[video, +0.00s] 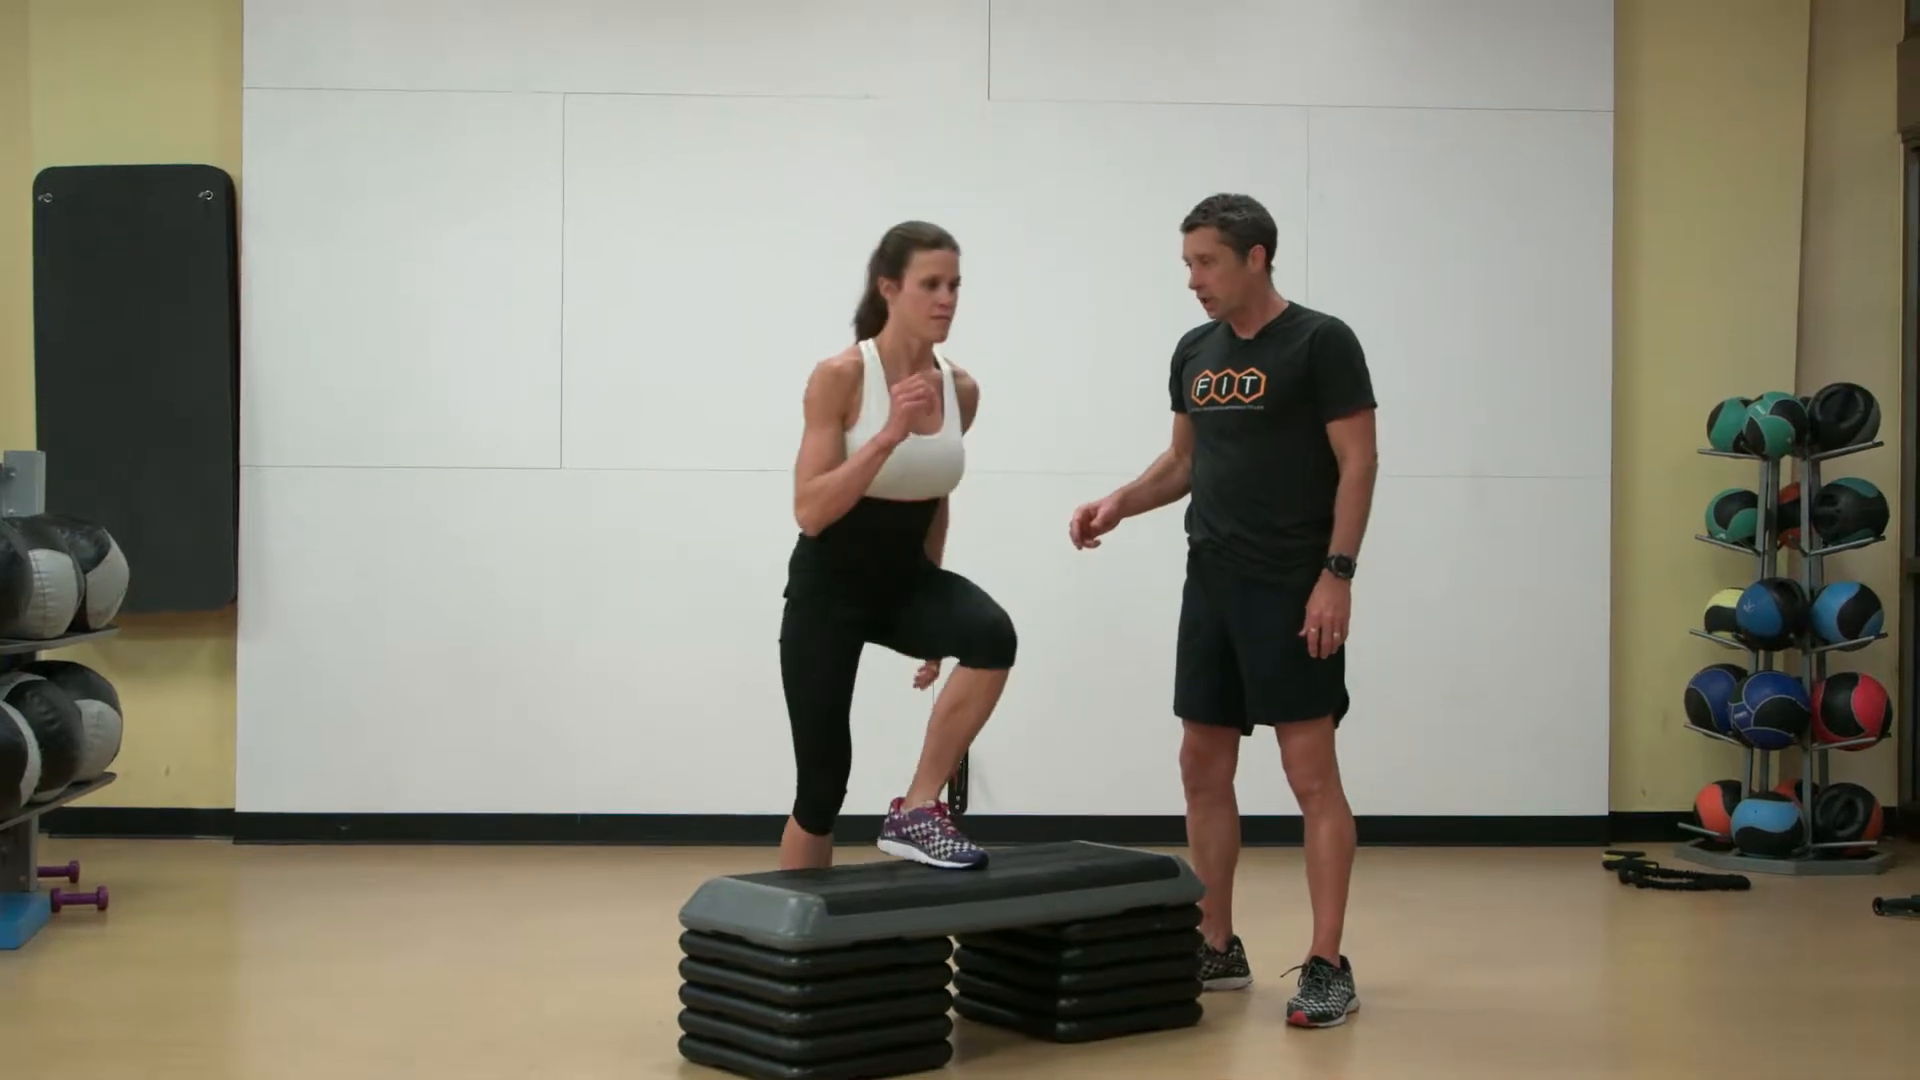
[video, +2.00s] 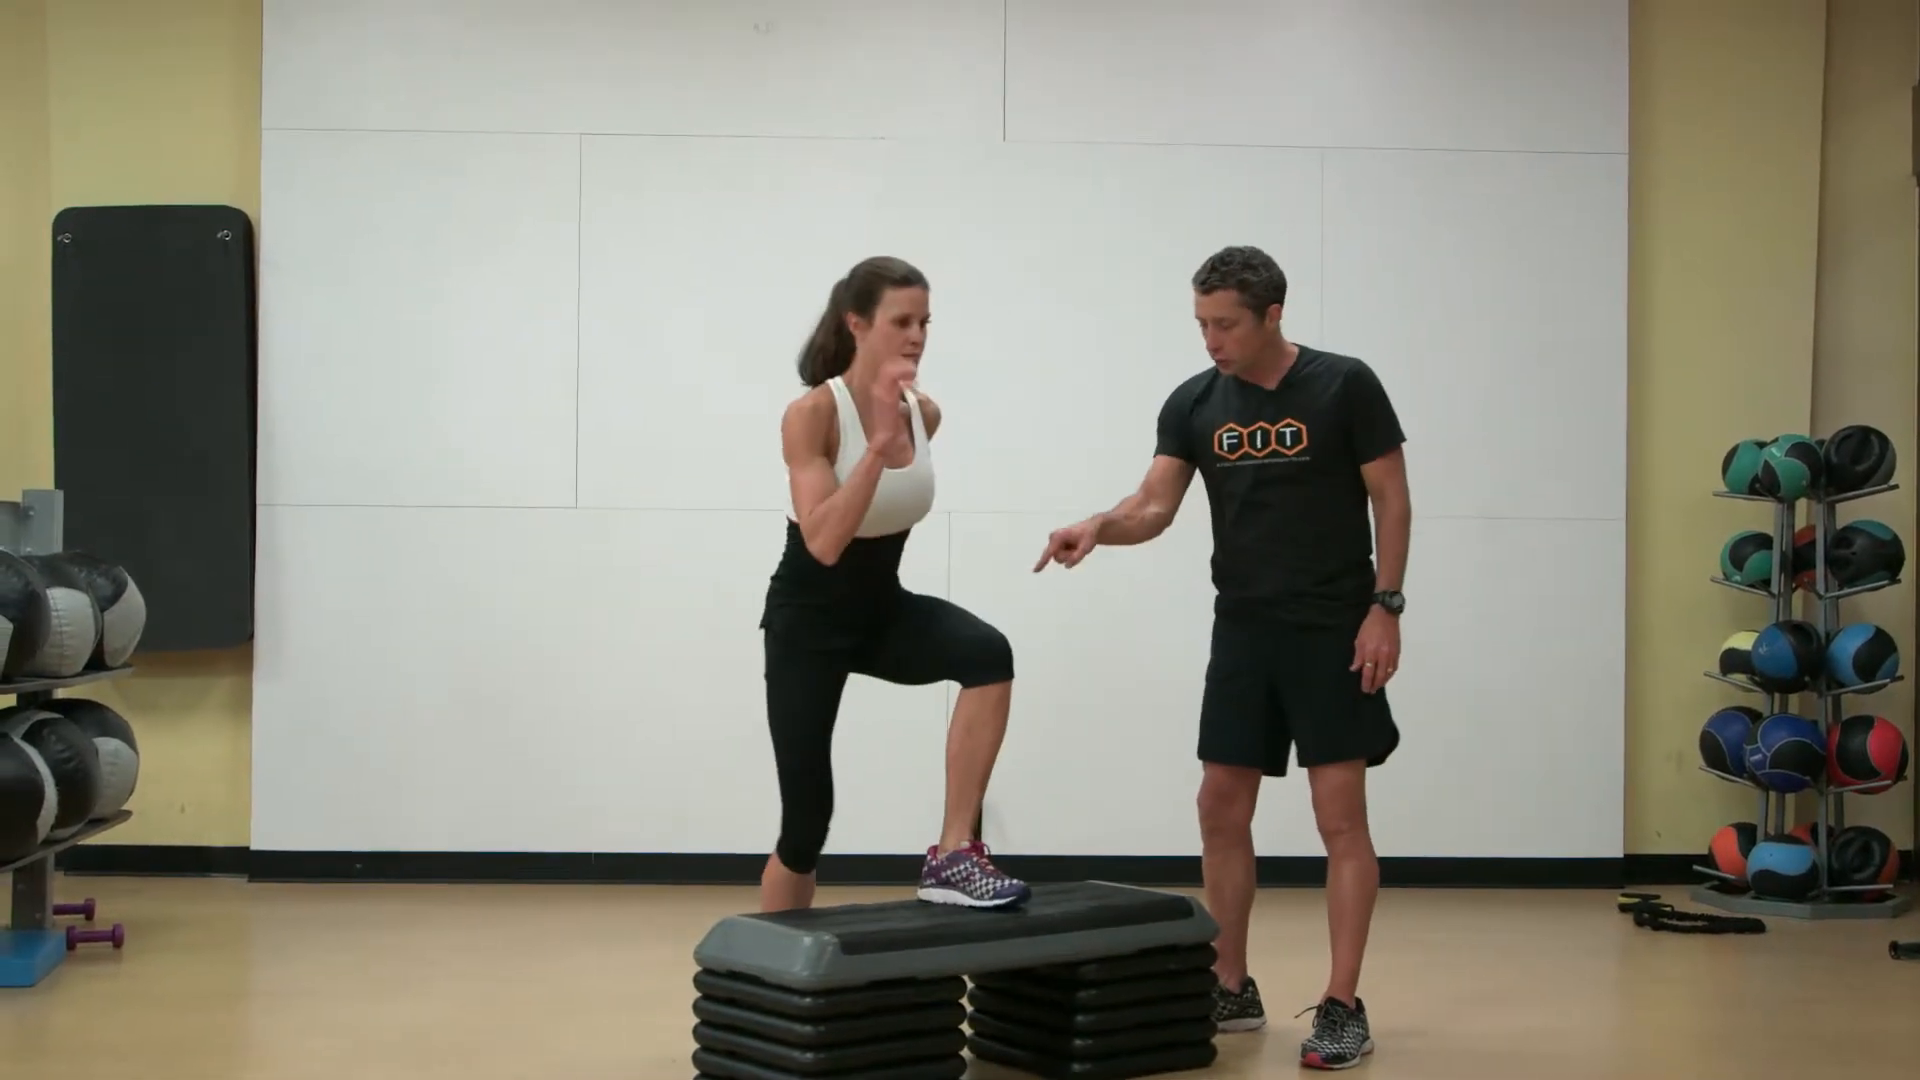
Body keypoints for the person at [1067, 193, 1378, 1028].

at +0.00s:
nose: (1192, 279)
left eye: (1205, 264)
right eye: (1187, 265)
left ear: (1256, 258)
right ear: (1198, 265)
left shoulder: (1323, 343)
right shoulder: (1193, 354)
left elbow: (1358, 463)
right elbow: (1181, 464)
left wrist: (1337, 573)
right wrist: (1119, 502)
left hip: (1294, 588)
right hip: (1211, 586)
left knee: (1312, 775)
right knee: (1202, 766)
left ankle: (1326, 961)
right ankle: (1215, 945)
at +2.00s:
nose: (1210, 339)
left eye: (1223, 325)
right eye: (1203, 325)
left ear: (1272, 315)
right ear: (1202, 320)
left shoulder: (1344, 386)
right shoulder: (1193, 403)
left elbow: (1393, 501)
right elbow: (1151, 507)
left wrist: (1385, 608)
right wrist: (1093, 528)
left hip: (1333, 631)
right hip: (1243, 632)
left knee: (1340, 817)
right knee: (1220, 804)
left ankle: (1341, 1002)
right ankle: (1230, 988)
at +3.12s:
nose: (1238, 326)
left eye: (1250, 311)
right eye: (1229, 311)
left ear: (1297, 299)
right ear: (1228, 306)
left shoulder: (1368, 383)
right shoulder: (1218, 391)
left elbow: (1406, 502)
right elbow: (1187, 495)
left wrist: (1401, 611)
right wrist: (1149, 552)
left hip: (1342, 627)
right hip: (1250, 625)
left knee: (1346, 813)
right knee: (1228, 802)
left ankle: (1345, 998)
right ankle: (1233, 982)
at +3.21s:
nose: (1237, 326)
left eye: (1250, 311)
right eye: (1228, 312)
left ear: (1296, 299)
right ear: (1226, 307)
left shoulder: (1368, 382)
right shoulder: (1217, 391)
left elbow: (1407, 502)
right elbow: (1191, 497)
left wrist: (1409, 615)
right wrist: (1154, 564)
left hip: (1343, 626)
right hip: (1250, 625)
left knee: (1346, 812)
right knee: (1228, 801)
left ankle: (1345, 996)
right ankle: (1232, 980)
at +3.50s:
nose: (1235, 328)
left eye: (1248, 312)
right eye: (1225, 313)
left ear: (1293, 299)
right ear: (1222, 309)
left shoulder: (1367, 379)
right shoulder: (1216, 390)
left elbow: (1410, 498)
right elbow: (1188, 497)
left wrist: (1410, 608)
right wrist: (1149, 568)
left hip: (1344, 622)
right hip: (1251, 622)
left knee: (1347, 808)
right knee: (1228, 800)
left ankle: (1346, 995)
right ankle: (1233, 979)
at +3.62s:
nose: (1235, 327)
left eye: (1248, 311)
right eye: (1225, 312)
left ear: (1293, 298)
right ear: (1222, 308)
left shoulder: (1367, 379)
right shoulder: (1217, 390)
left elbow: (1409, 497)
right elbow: (1189, 496)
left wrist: (1404, 603)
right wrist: (1149, 570)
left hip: (1345, 623)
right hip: (1252, 622)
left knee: (1348, 809)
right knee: (1228, 799)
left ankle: (1346, 994)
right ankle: (1233, 978)